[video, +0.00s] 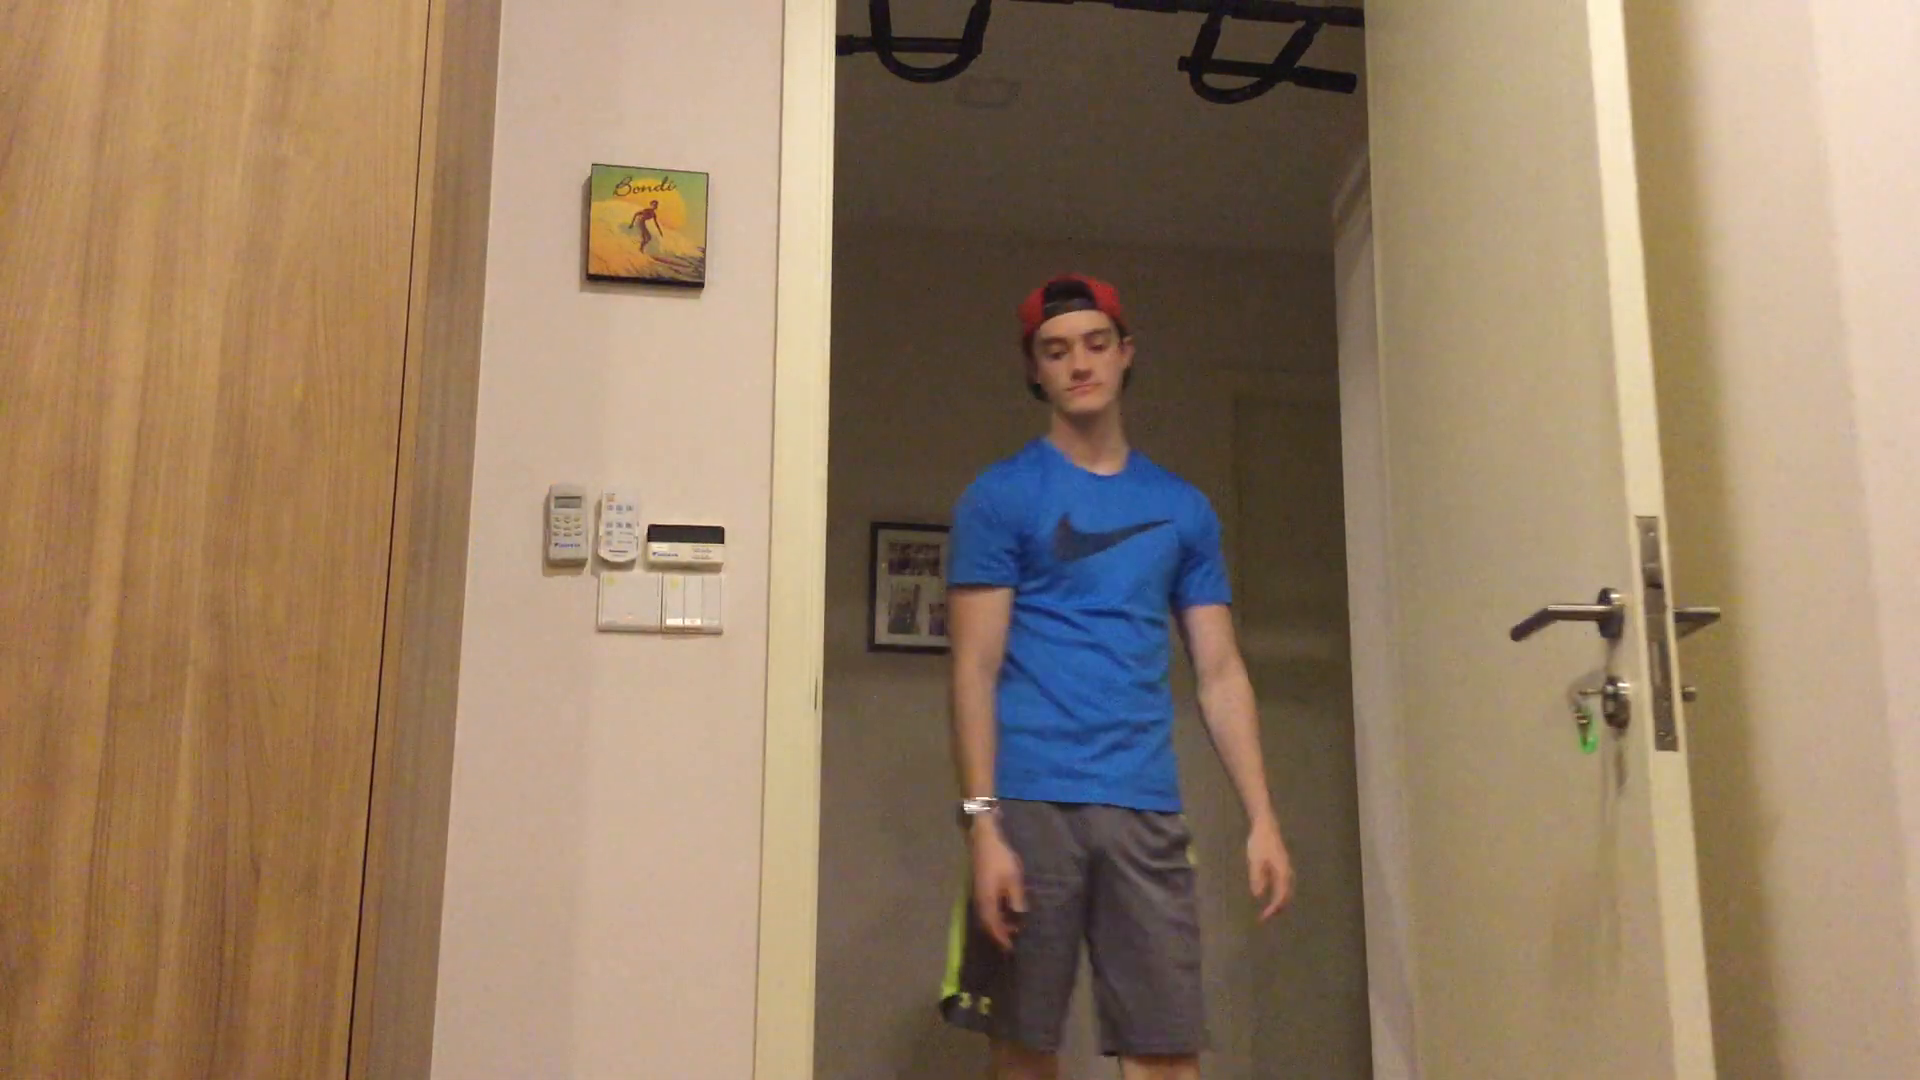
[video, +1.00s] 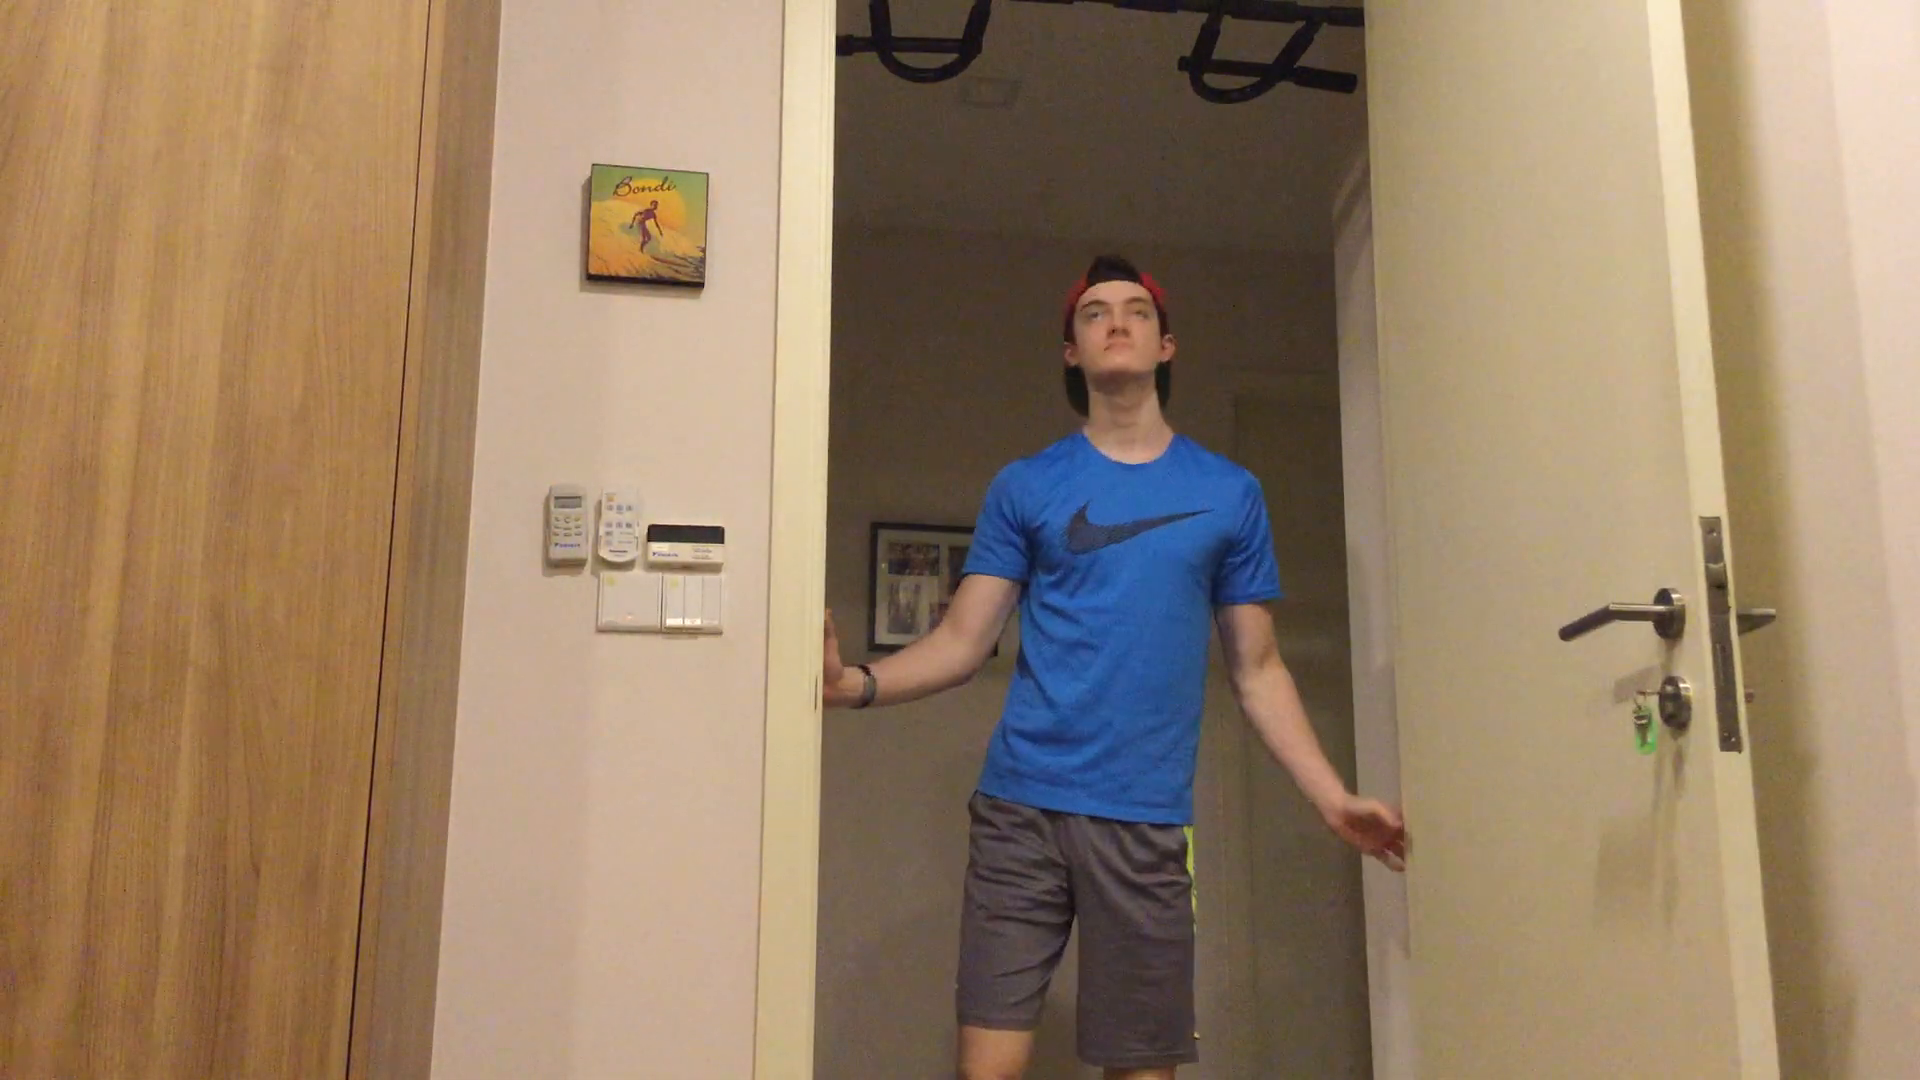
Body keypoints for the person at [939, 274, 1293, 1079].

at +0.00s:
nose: (1079, 361)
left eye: (1095, 342)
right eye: (1057, 348)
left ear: (1126, 354)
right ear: (1035, 372)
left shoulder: (1182, 508)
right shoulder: (1001, 497)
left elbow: (1220, 672)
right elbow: (974, 668)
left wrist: (1262, 818)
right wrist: (982, 823)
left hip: (1148, 814)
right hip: (1031, 812)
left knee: (1168, 1057)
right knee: (1024, 1052)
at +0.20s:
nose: (1050, 378)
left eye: (1068, 355)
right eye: (1031, 360)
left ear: (1099, 359)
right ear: (1009, 369)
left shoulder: (1161, 495)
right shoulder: (972, 498)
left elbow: (1199, 656)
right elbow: (948, 660)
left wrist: (1233, 796)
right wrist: (949, 805)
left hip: (1122, 810)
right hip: (1000, 809)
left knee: (1144, 1059)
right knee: (1003, 1052)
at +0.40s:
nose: (1052, 389)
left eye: (1070, 365)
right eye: (1032, 370)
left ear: (1107, 361)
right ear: (1014, 374)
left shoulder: (1176, 496)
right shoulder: (980, 504)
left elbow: (1191, 668)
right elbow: (953, 659)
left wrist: (1181, 826)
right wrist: (903, 717)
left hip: (1116, 811)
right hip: (995, 805)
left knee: (1121, 1053)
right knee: (998, 1047)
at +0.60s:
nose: (1082, 363)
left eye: (1101, 344)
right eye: (1063, 346)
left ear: (1137, 355)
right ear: (1043, 362)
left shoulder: (1200, 497)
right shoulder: (1001, 494)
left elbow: (1217, 672)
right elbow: (949, 647)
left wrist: (1225, 838)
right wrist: (859, 675)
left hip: (1127, 823)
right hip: (1004, 811)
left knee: (1130, 1060)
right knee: (981, 1045)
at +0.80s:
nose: (1103, 338)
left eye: (1122, 323)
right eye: (1082, 326)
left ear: (1151, 347)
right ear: (1058, 355)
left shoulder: (1216, 491)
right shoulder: (1015, 489)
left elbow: (1249, 664)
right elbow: (956, 645)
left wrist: (1299, 822)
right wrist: (850, 683)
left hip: (1135, 823)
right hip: (1009, 810)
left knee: (1138, 1065)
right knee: (978, 1061)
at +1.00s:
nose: (1116, 320)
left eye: (1136, 312)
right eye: (1095, 314)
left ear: (1165, 350)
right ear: (1073, 355)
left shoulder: (1227, 492)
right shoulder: (1025, 486)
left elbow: (1259, 665)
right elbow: (959, 641)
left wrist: (1335, 800)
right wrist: (849, 682)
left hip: (1146, 821)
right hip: (1019, 807)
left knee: (1145, 1066)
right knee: (989, 1062)